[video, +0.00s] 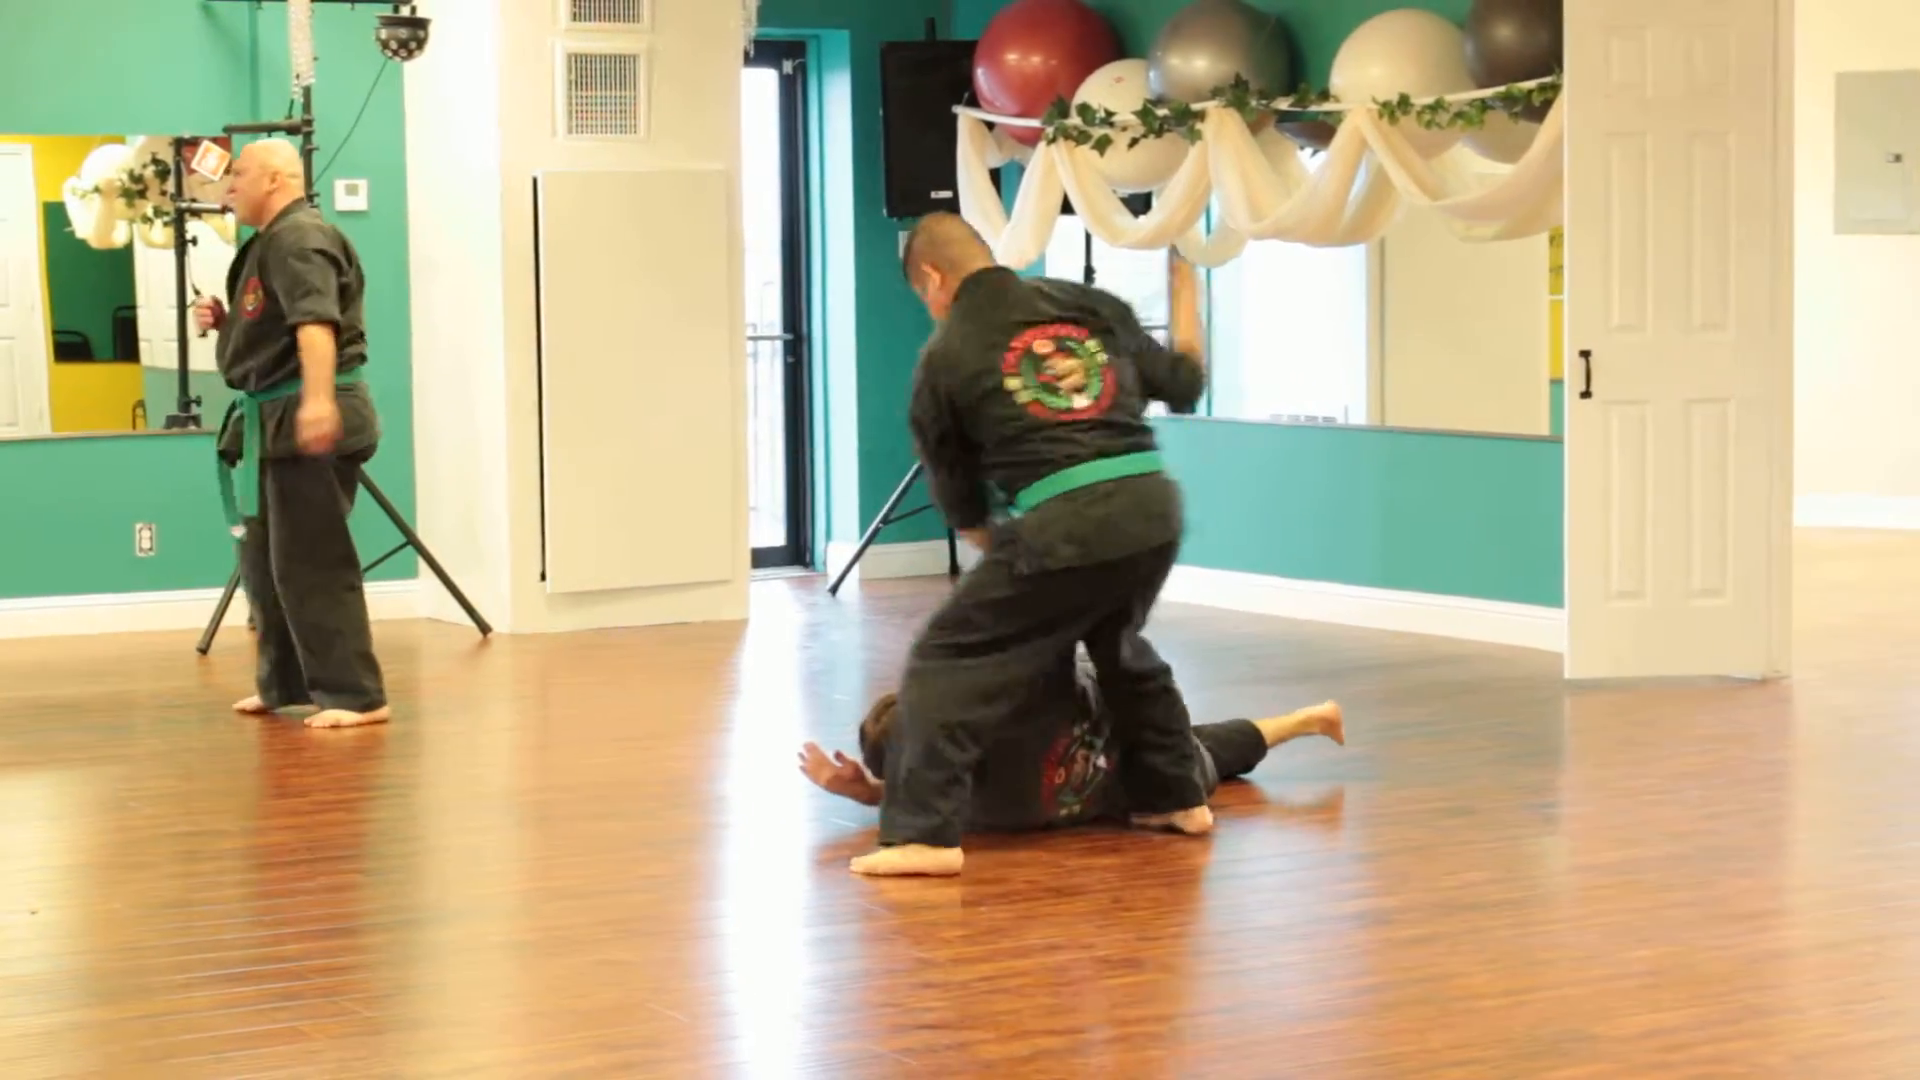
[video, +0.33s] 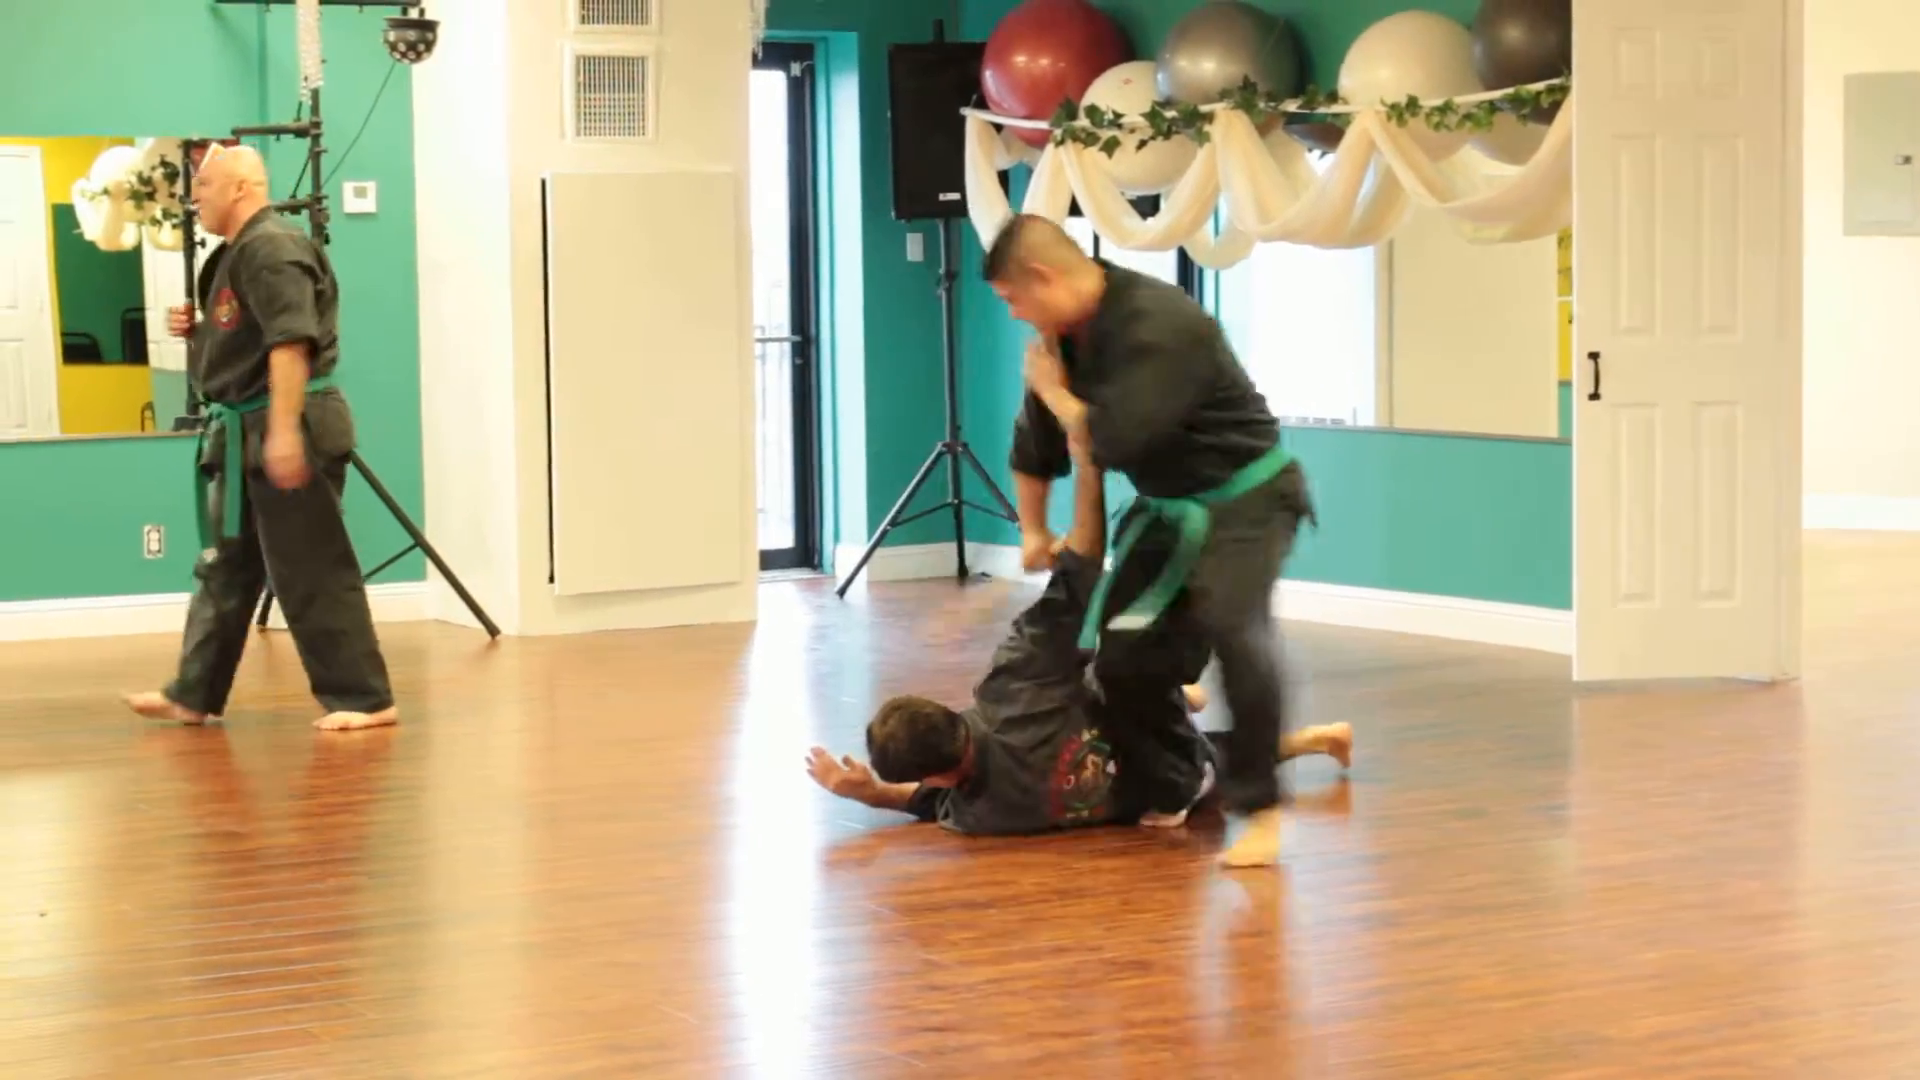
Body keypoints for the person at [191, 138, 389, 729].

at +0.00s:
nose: (228, 186)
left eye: (238, 176)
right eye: (231, 176)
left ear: (274, 181)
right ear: (273, 183)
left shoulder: (298, 236)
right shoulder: (271, 241)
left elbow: (315, 322)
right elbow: (277, 329)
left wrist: (319, 398)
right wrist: (229, 321)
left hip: (307, 415)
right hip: (278, 414)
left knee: (311, 555)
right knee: (267, 554)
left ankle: (356, 696)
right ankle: (286, 686)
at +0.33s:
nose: (193, 196)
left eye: (202, 185)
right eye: (195, 186)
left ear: (241, 190)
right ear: (240, 191)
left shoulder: (271, 248)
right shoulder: (239, 252)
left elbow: (290, 341)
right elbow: (250, 331)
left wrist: (284, 431)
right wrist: (202, 324)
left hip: (283, 422)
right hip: (246, 423)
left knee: (313, 566)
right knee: (230, 566)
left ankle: (364, 700)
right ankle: (194, 694)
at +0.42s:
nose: (177, 199)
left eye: (185, 188)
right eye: (178, 188)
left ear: (225, 191)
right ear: (219, 193)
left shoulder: (255, 250)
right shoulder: (222, 253)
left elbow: (268, 347)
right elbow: (233, 339)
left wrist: (237, 431)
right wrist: (181, 332)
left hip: (278, 424)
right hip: (235, 424)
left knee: (306, 568)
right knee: (215, 570)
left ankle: (363, 698)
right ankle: (192, 699)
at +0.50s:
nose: (158, 202)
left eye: (167, 189)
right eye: (159, 191)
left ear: (206, 190)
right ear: (204, 192)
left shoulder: (237, 248)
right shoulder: (205, 253)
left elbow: (244, 344)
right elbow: (207, 330)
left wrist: (191, 421)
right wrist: (159, 326)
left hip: (258, 425)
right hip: (221, 426)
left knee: (289, 566)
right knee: (202, 569)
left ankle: (359, 691)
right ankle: (188, 700)